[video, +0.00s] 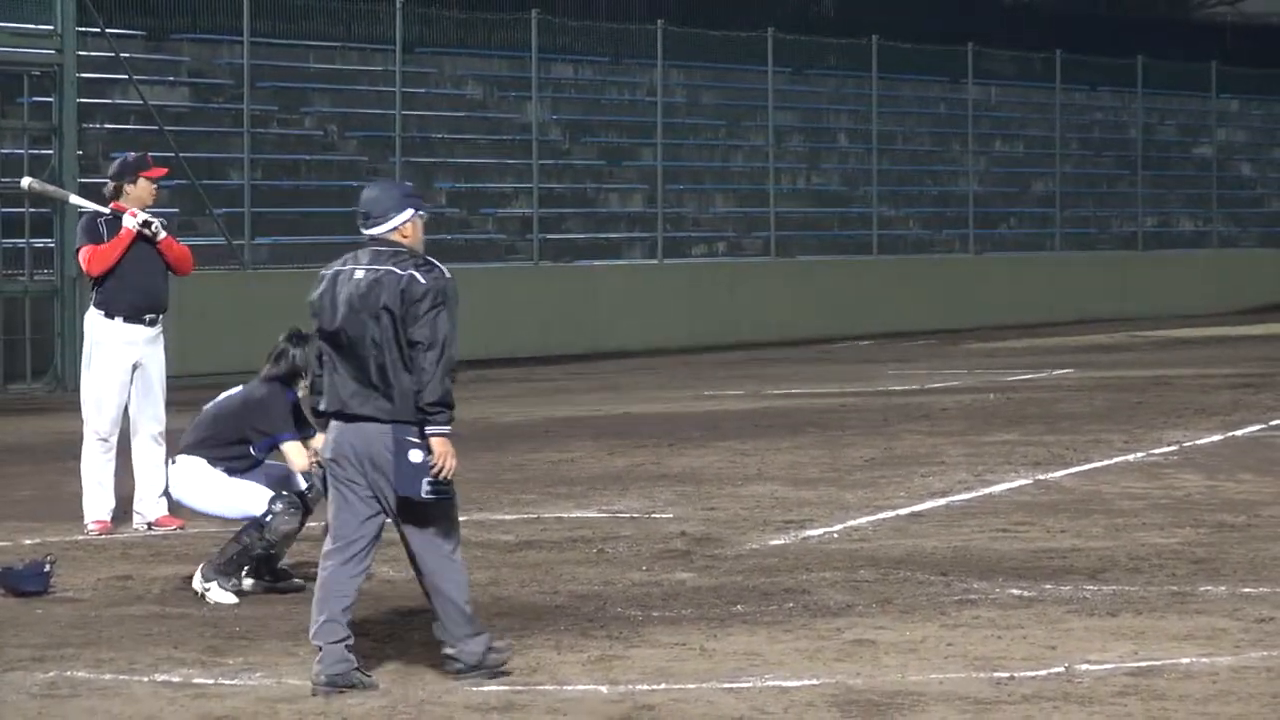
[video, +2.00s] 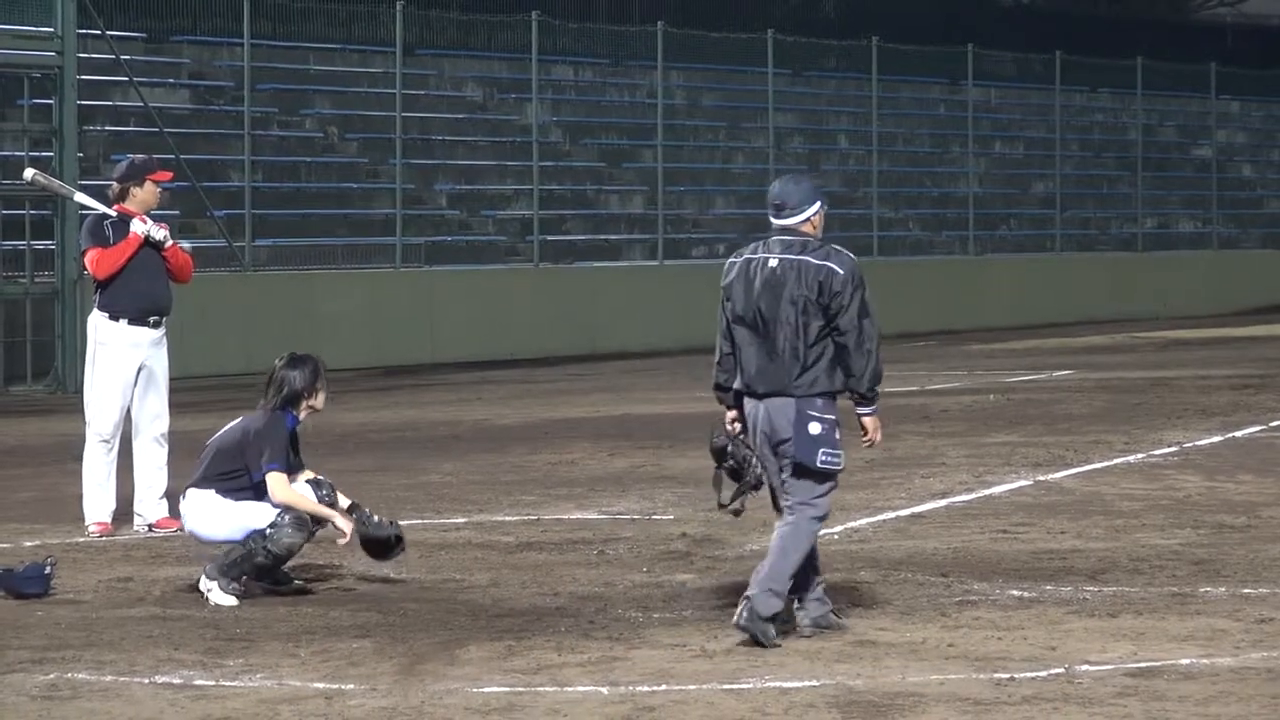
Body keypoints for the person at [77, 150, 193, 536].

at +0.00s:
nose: (155, 188)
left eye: (155, 182)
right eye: (149, 182)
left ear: (137, 186)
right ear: (126, 185)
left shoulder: (153, 227)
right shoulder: (96, 221)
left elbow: (186, 265)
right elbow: (93, 265)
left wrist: (161, 236)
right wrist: (127, 232)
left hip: (151, 333)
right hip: (109, 332)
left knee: (151, 426)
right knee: (102, 429)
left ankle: (151, 509)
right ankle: (98, 515)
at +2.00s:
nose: (159, 191)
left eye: (159, 185)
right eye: (154, 185)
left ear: (138, 189)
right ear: (132, 188)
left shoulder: (155, 229)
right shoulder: (100, 222)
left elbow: (185, 273)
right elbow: (99, 268)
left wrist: (166, 243)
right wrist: (137, 236)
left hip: (155, 335)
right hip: (114, 334)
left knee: (153, 428)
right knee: (104, 429)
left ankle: (152, 512)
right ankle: (99, 517)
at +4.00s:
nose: (186, 193)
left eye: (186, 186)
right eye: (180, 186)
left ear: (171, 189)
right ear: (156, 188)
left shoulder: (179, 229)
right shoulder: (126, 223)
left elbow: (207, 277)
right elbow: (129, 268)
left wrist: (194, 248)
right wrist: (167, 238)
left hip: (172, 336)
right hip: (134, 331)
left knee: (160, 429)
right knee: (124, 422)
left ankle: (150, 513)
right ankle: (103, 512)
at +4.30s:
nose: (198, 191)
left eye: (198, 185)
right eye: (192, 185)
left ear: (180, 188)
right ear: (169, 187)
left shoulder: (188, 230)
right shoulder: (140, 220)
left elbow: (210, 283)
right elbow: (126, 269)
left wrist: (209, 265)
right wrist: (178, 253)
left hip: (178, 334)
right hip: (143, 328)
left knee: (168, 424)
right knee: (150, 418)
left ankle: (157, 509)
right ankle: (140, 511)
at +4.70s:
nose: (211, 188)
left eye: (210, 182)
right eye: (204, 183)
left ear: (191, 188)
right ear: (182, 187)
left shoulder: (205, 231)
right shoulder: (157, 225)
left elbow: (216, 276)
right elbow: (136, 277)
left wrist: (233, 311)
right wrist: (174, 311)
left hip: (197, 331)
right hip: (160, 330)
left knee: (180, 425)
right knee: (170, 424)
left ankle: (149, 509)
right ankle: (180, 514)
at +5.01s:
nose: (222, 188)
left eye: (221, 182)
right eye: (216, 182)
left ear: (203, 186)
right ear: (193, 186)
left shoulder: (215, 227)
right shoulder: (167, 225)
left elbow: (219, 276)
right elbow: (153, 281)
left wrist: (228, 316)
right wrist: (176, 325)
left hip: (215, 337)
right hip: (178, 336)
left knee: (221, 421)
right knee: (175, 427)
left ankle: (192, 502)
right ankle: (178, 514)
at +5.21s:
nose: (236, 191)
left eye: (236, 185)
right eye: (231, 185)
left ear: (217, 187)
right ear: (210, 186)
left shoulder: (221, 229)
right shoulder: (182, 227)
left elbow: (222, 283)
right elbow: (168, 286)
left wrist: (239, 325)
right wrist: (179, 343)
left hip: (230, 337)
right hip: (193, 338)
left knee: (241, 427)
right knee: (182, 431)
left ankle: (244, 513)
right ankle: (181, 516)